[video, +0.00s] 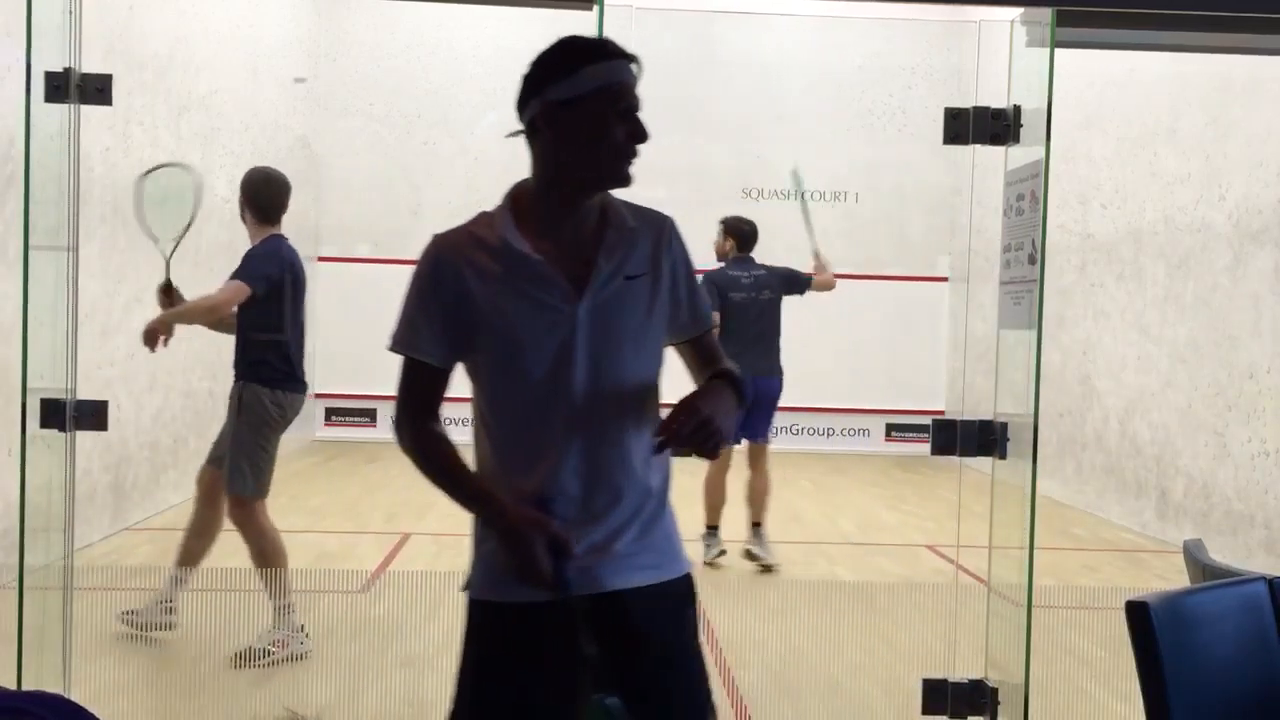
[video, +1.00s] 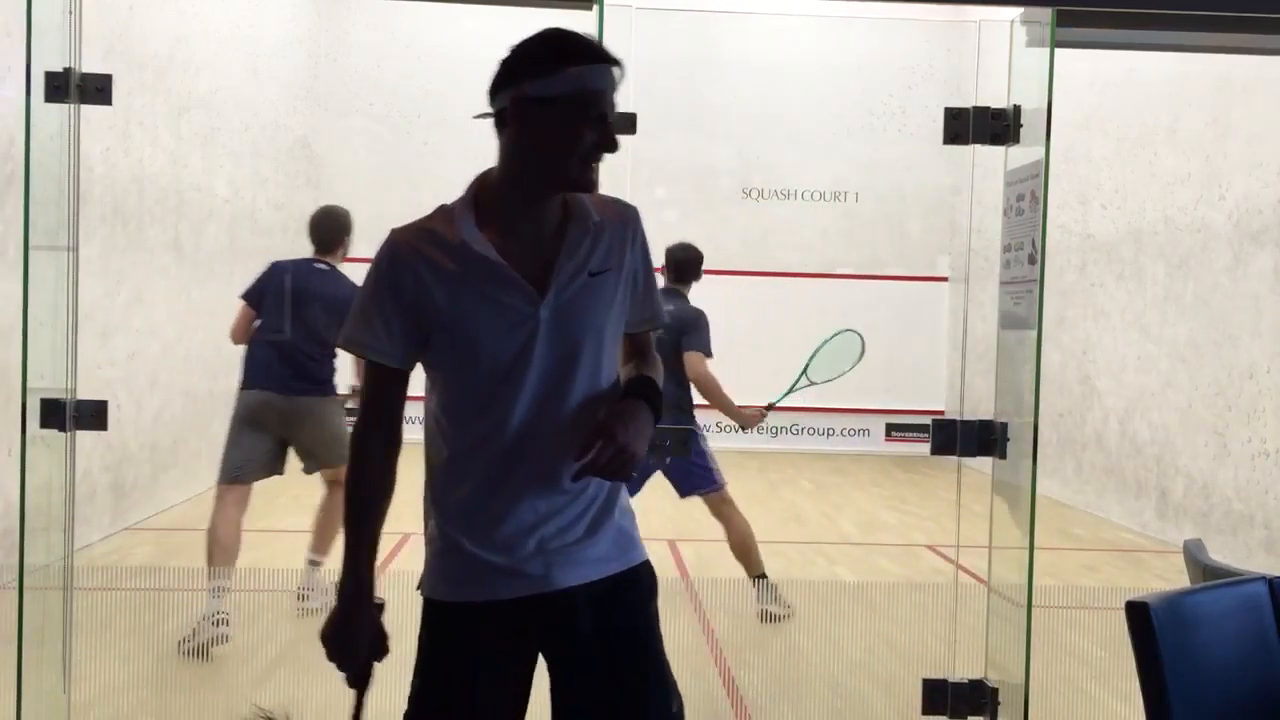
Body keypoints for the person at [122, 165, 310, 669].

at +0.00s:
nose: (238, 208)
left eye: (239, 201)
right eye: (247, 201)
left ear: (244, 205)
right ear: (284, 207)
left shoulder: (268, 254)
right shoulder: (278, 257)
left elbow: (225, 301)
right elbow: (240, 325)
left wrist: (168, 318)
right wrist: (186, 310)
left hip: (263, 394)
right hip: (264, 392)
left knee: (245, 507)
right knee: (211, 483)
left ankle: (289, 629)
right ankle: (168, 604)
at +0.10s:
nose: (229, 219)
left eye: (230, 211)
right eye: (237, 211)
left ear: (232, 215)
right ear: (272, 216)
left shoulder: (262, 264)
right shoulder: (259, 265)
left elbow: (202, 306)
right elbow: (195, 322)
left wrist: (148, 319)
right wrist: (175, 289)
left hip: (247, 400)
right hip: (243, 398)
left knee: (221, 512)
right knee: (188, 488)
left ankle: (285, 625)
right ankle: (144, 610)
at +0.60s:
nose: (224, 209)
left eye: (225, 203)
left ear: (226, 208)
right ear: (268, 214)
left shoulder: (210, 252)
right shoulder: (278, 269)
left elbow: (172, 317)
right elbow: (254, 335)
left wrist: (156, 302)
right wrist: (187, 344)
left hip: (196, 390)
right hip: (246, 399)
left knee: (158, 496)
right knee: (195, 503)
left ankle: (217, 599)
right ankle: (142, 613)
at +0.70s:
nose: (248, 218)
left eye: (242, 211)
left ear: (241, 216)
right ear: (282, 221)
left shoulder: (215, 256)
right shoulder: (293, 277)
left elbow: (167, 317)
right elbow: (274, 326)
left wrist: (186, 295)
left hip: (200, 391)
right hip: (258, 401)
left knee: (179, 496)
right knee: (230, 502)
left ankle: (207, 613)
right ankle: (159, 594)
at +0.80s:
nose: (283, 231)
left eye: (268, 222)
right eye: (295, 227)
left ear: (259, 225)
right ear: (299, 232)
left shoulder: (228, 264)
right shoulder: (307, 288)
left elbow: (182, 325)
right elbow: (293, 342)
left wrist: (214, 302)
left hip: (212, 399)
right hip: (270, 408)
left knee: (192, 503)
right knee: (277, 493)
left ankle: (213, 620)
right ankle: (207, 567)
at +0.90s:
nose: (315, 241)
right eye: (318, 235)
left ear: (281, 234)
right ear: (319, 239)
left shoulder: (247, 270)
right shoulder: (326, 293)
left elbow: (208, 333)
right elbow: (321, 366)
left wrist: (244, 326)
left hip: (231, 402)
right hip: (290, 409)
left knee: (205, 505)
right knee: (308, 484)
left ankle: (212, 618)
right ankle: (264, 578)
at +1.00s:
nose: (348, 245)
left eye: (339, 236)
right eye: (349, 239)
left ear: (311, 237)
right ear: (346, 243)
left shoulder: (277, 273)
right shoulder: (350, 294)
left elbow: (239, 333)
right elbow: (364, 365)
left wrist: (275, 336)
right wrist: (363, 397)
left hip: (257, 398)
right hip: (313, 403)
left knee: (231, 499)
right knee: (340, 481)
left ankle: (216, 608)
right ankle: (312, 580)